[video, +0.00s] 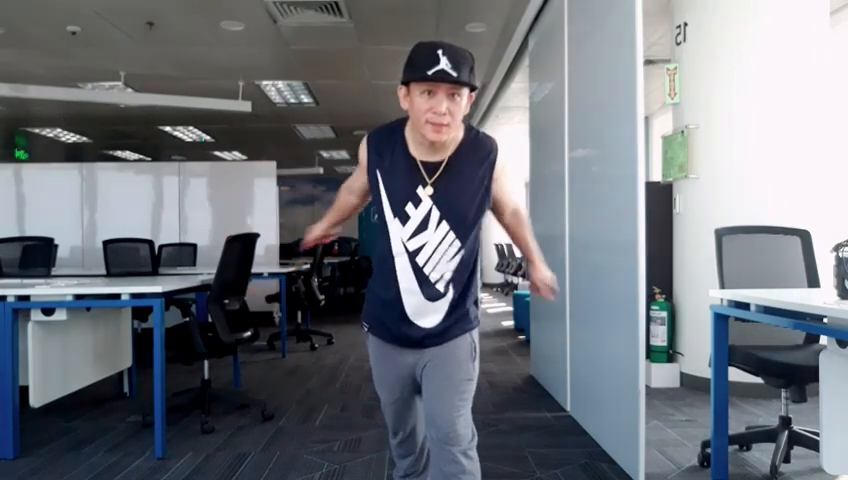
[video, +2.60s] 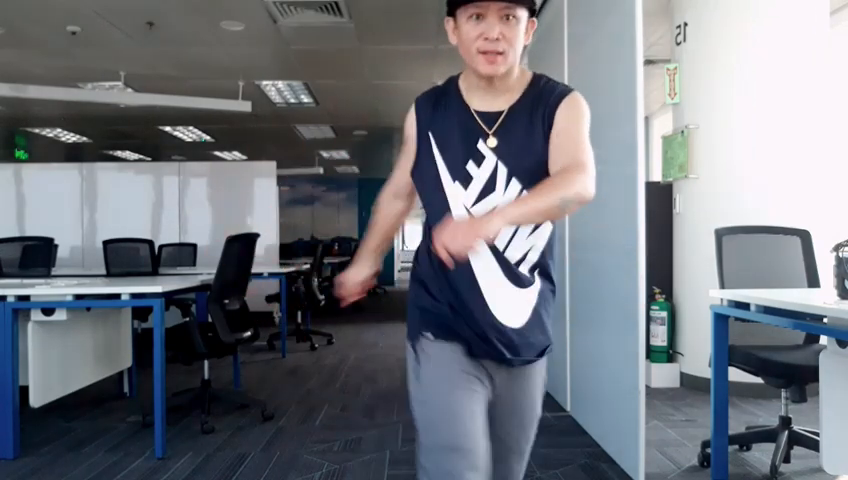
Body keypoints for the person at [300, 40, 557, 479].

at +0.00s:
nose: (441, 107)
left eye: (453, 95)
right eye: (429, 94)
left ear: (468, 101)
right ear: (405, 96)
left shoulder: (483, 153)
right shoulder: (376, 147)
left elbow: (510, 211)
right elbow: (356, 190)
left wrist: (537, 263)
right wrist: (326, 224)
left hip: (451, 330)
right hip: (387, 328)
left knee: (450, 439)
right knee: (400, 428)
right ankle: (407, 472)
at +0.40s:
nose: (463, 74)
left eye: (475, 62)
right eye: (450, 61)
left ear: (491, 74)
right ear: (425, 70)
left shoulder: (510, 137)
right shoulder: (393, 128)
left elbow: (545, 194)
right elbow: (342, 184)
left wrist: (561, 209)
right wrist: (335, 203)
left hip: (466, 332)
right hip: (399, 329)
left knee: (457, 453)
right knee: (406, 450)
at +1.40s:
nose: (454, 75)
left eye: (466, 64)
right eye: (442, 62)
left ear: (483, 77)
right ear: (420, 74)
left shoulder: (498, 148)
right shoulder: (387, 135)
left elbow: (530, 222)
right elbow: (341, 203)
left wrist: (551, 279)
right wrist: (309, 262)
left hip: (460, 333)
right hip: (390, 329)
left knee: (456, 451)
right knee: (388, 428)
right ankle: (394, 473)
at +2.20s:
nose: (472, 62)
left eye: (485, 48)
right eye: (458, 48)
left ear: (506, 56)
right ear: (435, 59)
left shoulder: (538, 128)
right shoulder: (409, 114)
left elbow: (574, 199)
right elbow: (356, 172)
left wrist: (613, 227)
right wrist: (329, 202)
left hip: (489, 337)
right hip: (411, 325)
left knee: (469, 468)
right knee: (372, 456)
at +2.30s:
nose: (478, 50)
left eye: (492, 35)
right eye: (463, 37)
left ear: (512, 44)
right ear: (441, 48)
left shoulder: (546, 117)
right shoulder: (415, 110)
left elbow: (589, 189)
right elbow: (360, 174)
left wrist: (568, 190)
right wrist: (307, 209)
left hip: (496, 337)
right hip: (416, 324)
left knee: (475, 470)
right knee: (370, 460)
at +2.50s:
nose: (489, 34)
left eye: (503, 20)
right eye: (473, 20)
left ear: (525, 31)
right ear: (450, 34)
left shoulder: (558, 105)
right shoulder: (424, 109)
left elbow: (573, 181)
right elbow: (367, 193)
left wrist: (488, 194)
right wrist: (310, 269)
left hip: (515, 333)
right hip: (432, 323)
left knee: (492, 471)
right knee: (413, 464)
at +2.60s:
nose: (492, 32)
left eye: (508, 17)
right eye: (477, 17)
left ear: (529, 30)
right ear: (452, 30)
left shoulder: (561, 105)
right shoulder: (426, 112)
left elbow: (577, 182)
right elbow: (397, 193)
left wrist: (488, 221)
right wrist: (366, 259)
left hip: (522, 331)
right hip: (444, 329)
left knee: (508, 471)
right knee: (461, 470)